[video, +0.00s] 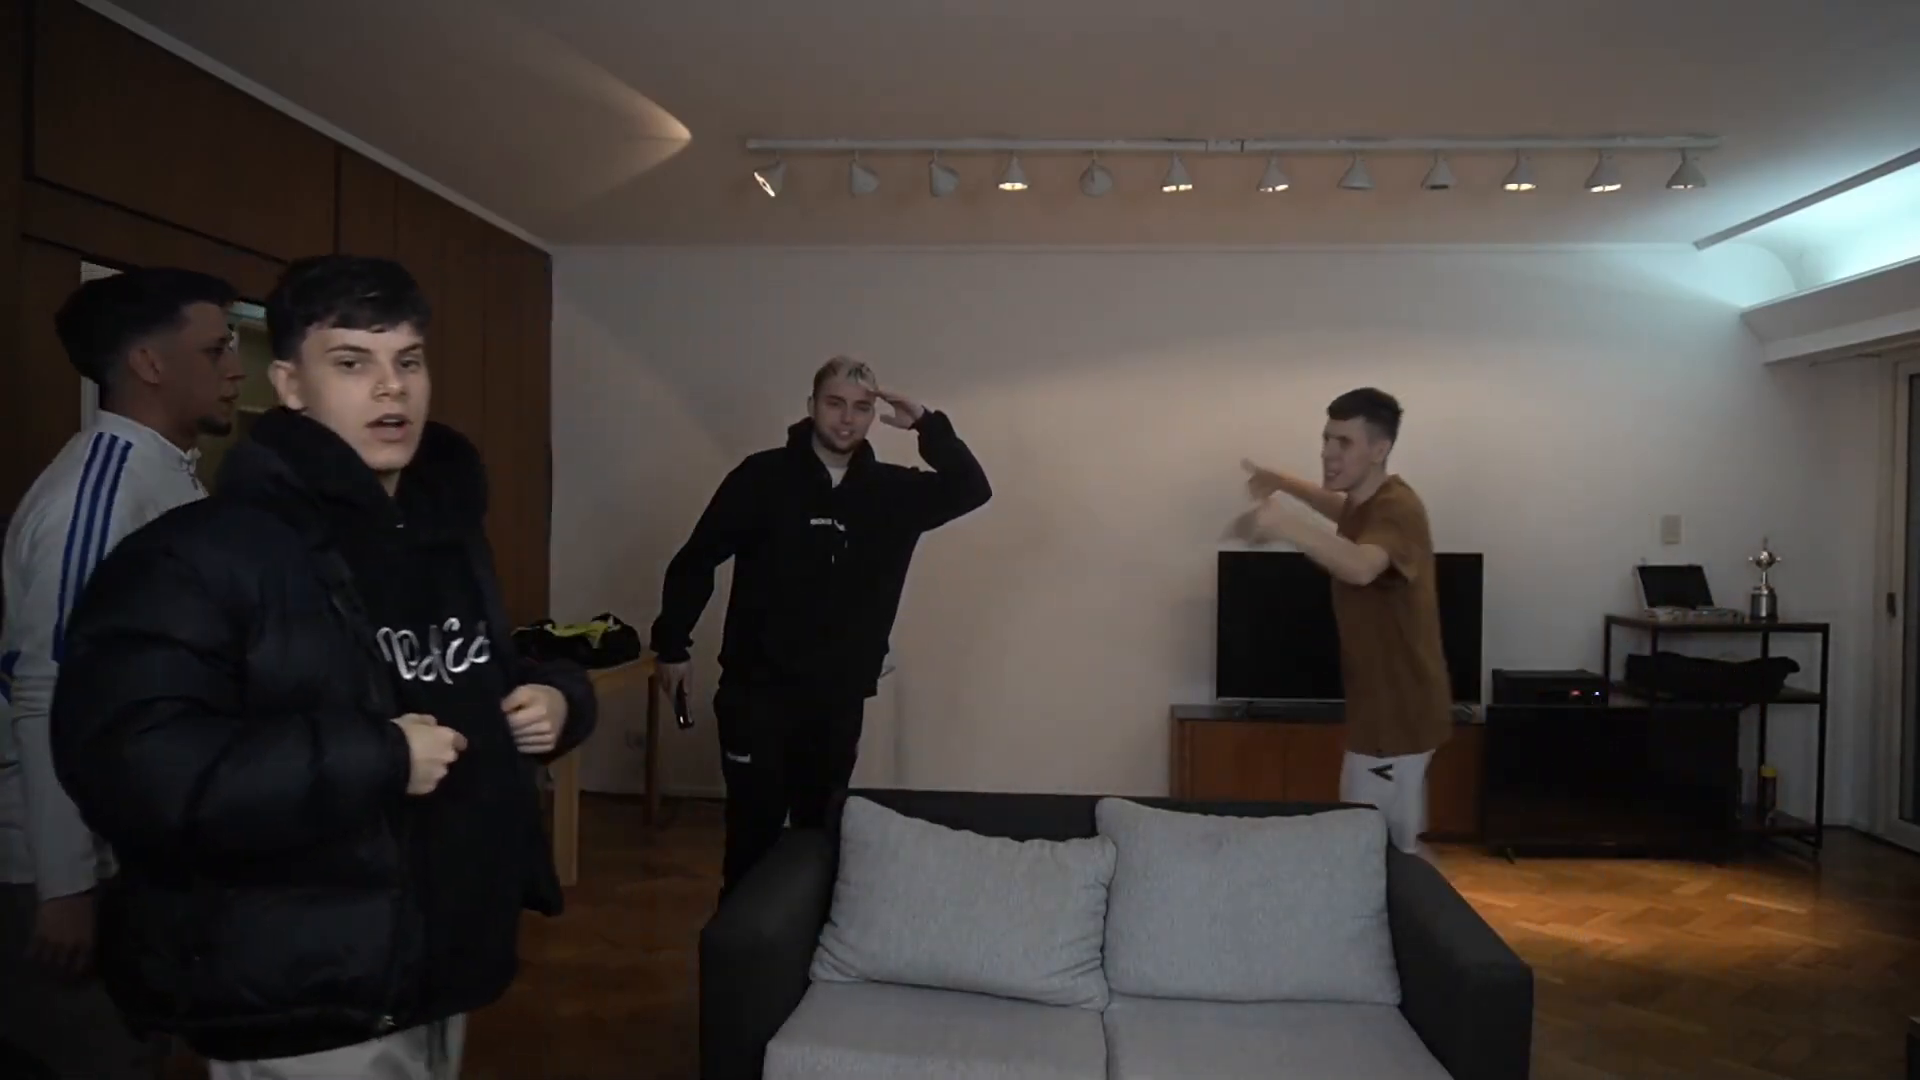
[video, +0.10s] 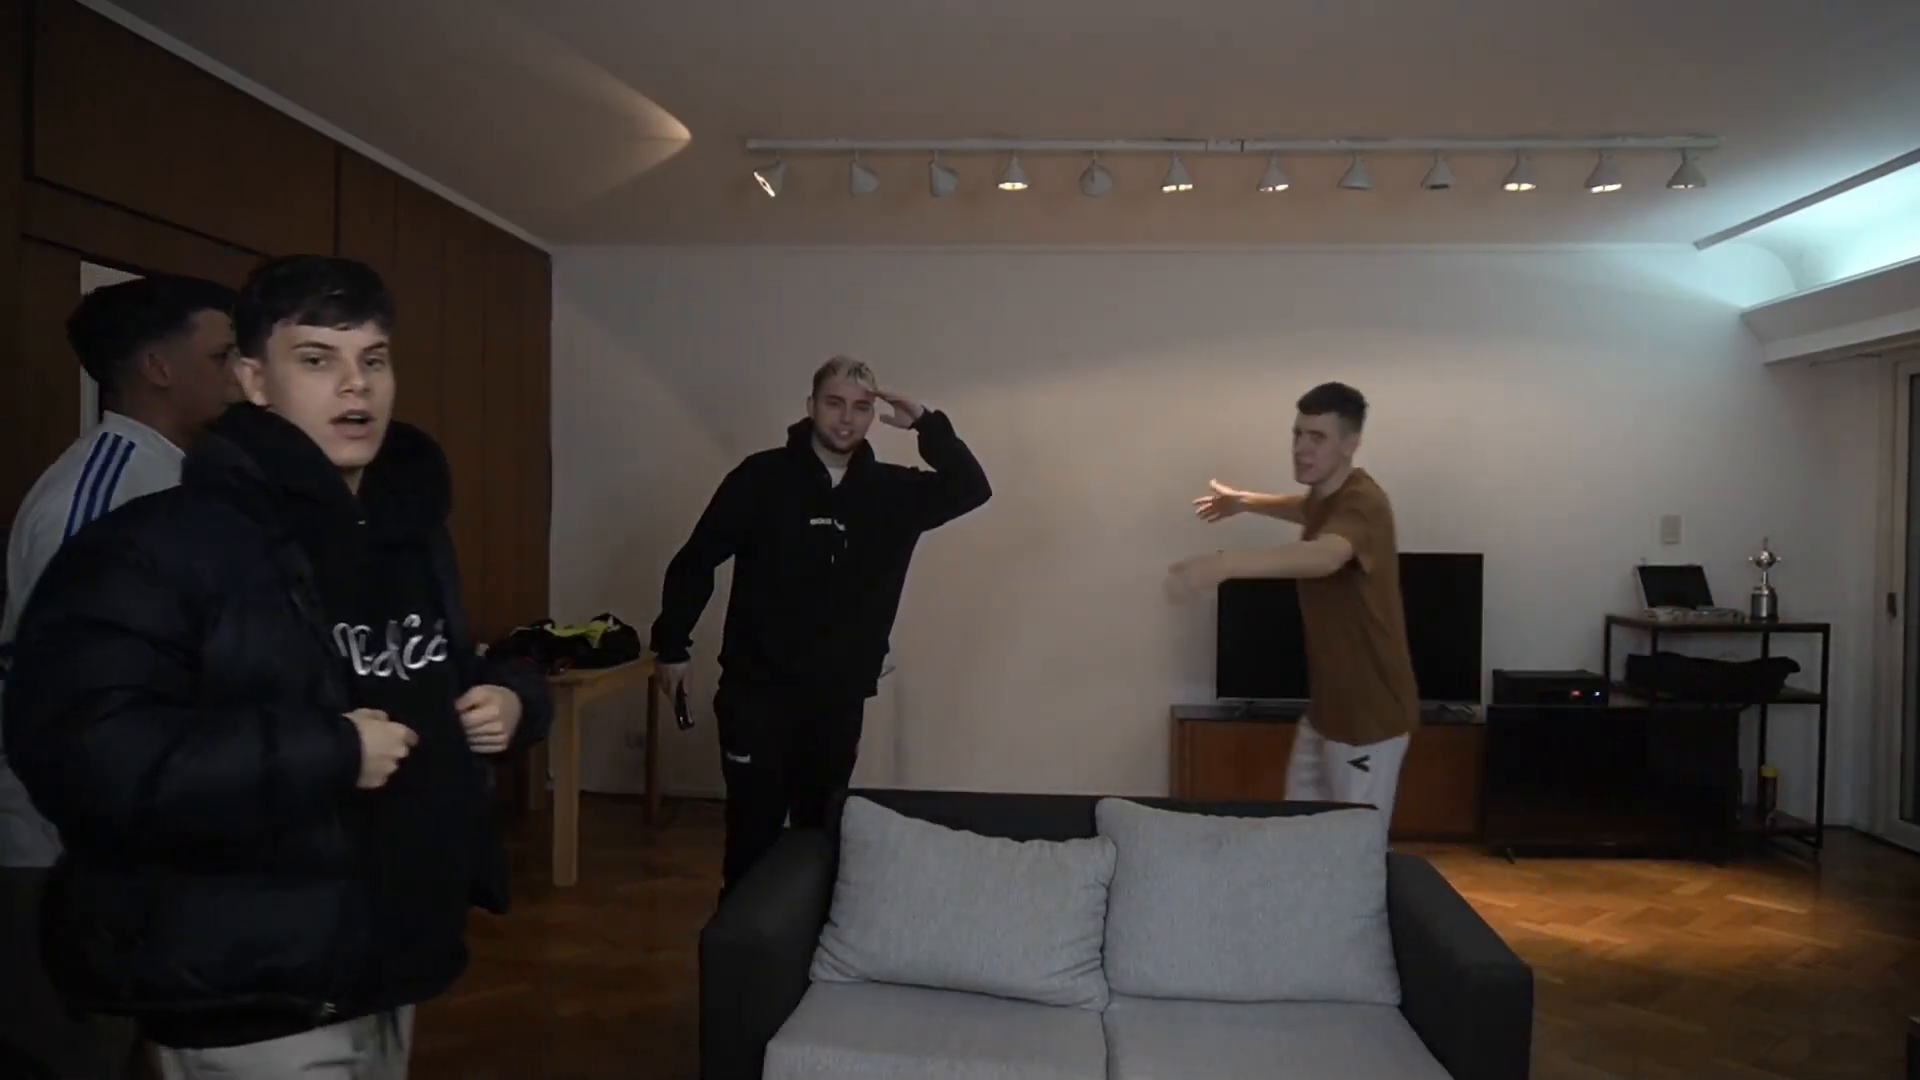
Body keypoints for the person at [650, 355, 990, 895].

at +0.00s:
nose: (847, 417)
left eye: (861, 407)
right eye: (836, 403)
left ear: (873, 417)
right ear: (812, 407)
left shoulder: (896, 494)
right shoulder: (762, 478)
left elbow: (971, 488)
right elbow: (694, 563)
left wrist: (928, 424)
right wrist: (672, 648)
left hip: (837, 696)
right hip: (757, 689)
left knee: (820, 836)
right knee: (754, 836)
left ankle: (812, 959)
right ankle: (740, 961)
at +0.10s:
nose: (847, 417)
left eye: (860, 407)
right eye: (835, 403)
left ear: (873, 417)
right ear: (811, 407)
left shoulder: (896, 493)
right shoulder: (761, 478)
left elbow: (971, 488)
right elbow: (695, 563)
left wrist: (927, 424)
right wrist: (672, 647)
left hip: (837, 695)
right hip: (757, 688)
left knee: (820, 834)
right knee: (754, 835)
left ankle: (812, 956)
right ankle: (741, 959)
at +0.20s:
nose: (846, 417)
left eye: (860, 407)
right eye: (835, 403)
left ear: (873, 417)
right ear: (811, 407)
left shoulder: (896, 493)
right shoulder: (761, 478)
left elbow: (971, 488)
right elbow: (694, 563)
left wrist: (927, 424)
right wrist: (672, 648)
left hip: (837, 695)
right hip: (758, 689)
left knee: (820, 834)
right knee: (754, 835)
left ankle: (813, 958)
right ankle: (742, 960)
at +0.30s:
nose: (846, 417)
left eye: (859, 407)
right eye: (834, 403)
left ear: (873, 417)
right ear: (810, 407)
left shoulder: (896, 493)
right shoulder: (761, 478)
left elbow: (971, 488)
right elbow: (695, 562)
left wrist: (927, 424)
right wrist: (671, 648)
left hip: (838, 695)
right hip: (758, 688)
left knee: (821, 834)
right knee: (754, 835)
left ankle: (813, 958)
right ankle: (741, 960)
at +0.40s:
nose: (845, 417)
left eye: (859, 407)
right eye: (834, 403)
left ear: (872, 417)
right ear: (810, 406)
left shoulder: (896, 493)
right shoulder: (761, 478)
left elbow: (971, 488)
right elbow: (694, 562)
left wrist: (927, 423)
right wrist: (670, 648)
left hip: (838, 695)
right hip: (758, 688)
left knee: (821, 833)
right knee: (754, 834)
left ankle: (813, 956)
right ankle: (740, 958)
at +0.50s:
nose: (845, 417)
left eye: (859, 407)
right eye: (834, 403)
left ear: (872, 416)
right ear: (810, 406)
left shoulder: (895, 493)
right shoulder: (761, 478)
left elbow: (971, 487)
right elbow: (693, 563)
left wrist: (926, 422)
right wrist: (670, 648)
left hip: (838, 695)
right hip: (758, 688)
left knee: (821, 833)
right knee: (754, 834)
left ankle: (813, 956)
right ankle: (740, 958)